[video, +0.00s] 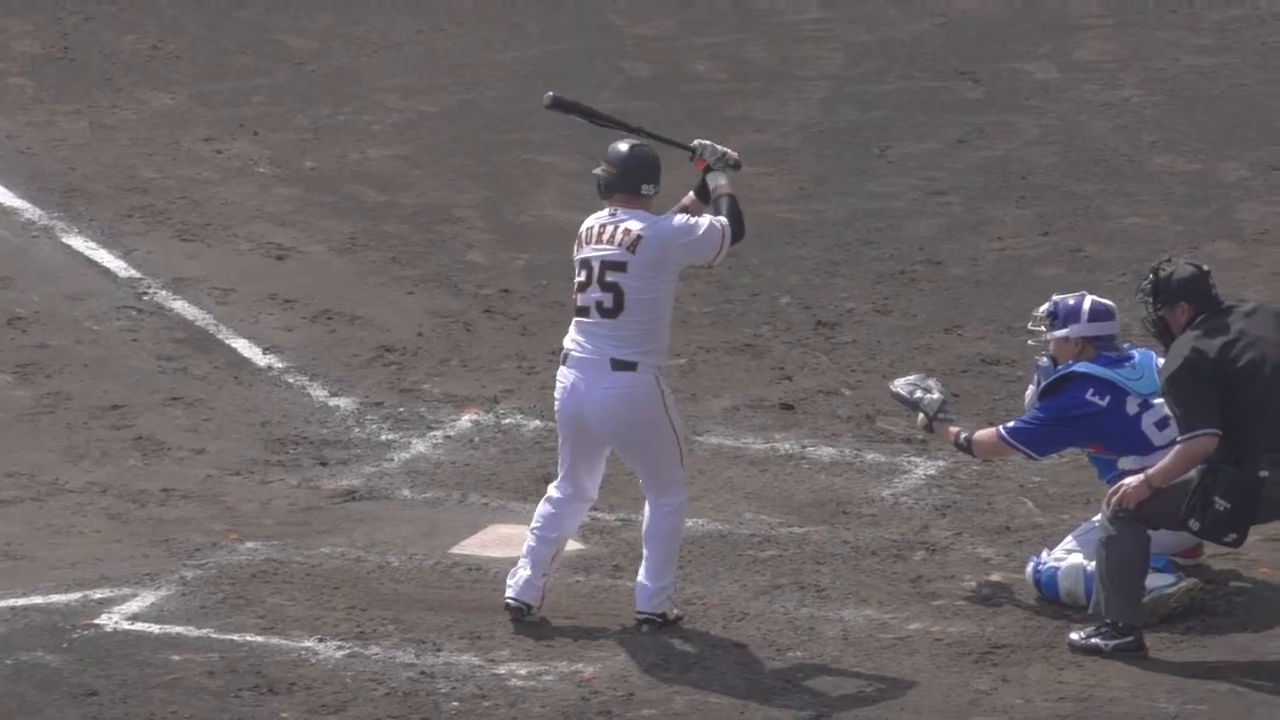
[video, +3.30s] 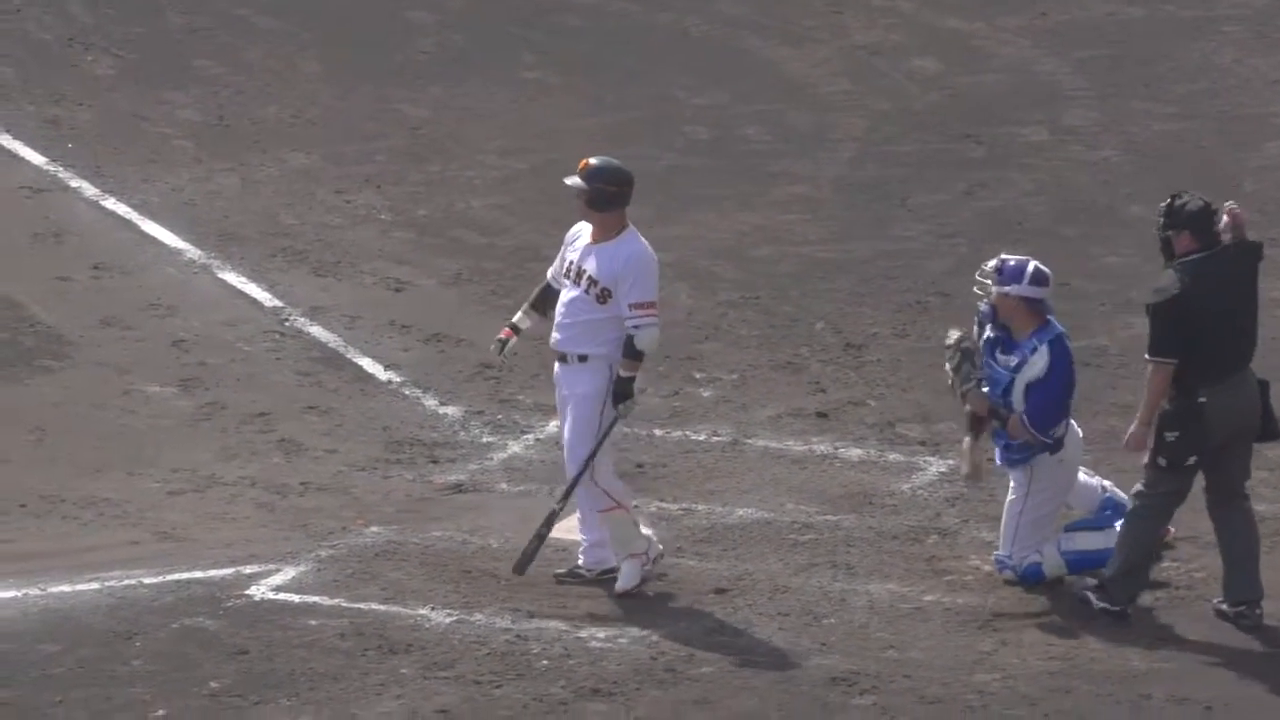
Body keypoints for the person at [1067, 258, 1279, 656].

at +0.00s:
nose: (1159, 321)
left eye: (1161, 312)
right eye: (1157, 312)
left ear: (1183, 311)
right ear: (1205, 300)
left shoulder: (1186, 356)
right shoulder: (1262, 314)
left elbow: (1202, 438)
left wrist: (1146, 481)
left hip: (1251, 488)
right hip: (1273, 475)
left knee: (1124, 505)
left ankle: (1120, 626)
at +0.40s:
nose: (1095, 328)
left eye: (1097, 320)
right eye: (1093, 320)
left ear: (1117, 318)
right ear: (1142, 306)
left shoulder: (1117, 364)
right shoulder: (1200, 325)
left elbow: (1132, 443)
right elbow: (1255, 399)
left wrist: (1079, 482)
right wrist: (1235, 448)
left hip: (1178, 491)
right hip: (1242, 477)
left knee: (1057, 507)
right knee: (1256, 478)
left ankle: (1054, 619)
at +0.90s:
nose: (1042, 325)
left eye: (1045, 318)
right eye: (1040, 317)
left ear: (1064, 318)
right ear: (1088, 309)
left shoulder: (1063, 360)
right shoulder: (1138, 326)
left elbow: (1075, 431)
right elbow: (1187, 390)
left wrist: (1028, 465)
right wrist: (1169, 437)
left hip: (1117, 476)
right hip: (1175, 461)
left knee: (1010, 487)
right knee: (1182, 467)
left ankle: (1006, 588)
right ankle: (1225, 558)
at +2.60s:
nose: (1036, 269)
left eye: (1038, 262)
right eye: (1035, 261)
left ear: (1055, 263)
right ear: (1077, 254)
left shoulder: (1058, 315)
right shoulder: (1122, 274)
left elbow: (1063, 397)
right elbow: (1147, 334)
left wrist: (1062, 457)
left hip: (1119, 415)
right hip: (1166, 396)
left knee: (1070, 508)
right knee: (1172, 501)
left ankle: (1076, 607)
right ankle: (1228, 593)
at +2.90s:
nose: (1086, 260)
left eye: (1087, 251)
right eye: (1086, 251)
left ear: (1100, 253)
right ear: (1131, 244)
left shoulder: (1094, 308)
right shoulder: (1169, 273)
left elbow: (1088, 384)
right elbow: (1201, 303)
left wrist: (1079, 444)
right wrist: (1220, 285)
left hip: (1131, 418)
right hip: (1184, 407)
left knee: (1100, 513)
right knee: (1192, 508)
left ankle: (1090, 610)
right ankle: (1231, 609)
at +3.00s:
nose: (1107, 255)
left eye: (1109, 248)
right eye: (1108, 247)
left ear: (1122, 252)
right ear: (1150, 244)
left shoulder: (1113, 306)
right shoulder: (1188, 270)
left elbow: (1103, 383)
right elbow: (1226, 278)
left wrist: (1089, 440)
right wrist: (1227, 234)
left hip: (1144, 417)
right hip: (1197, 406)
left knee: (1114, 513)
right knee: (1203, 509)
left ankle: (1095, 611)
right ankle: (1236, 612)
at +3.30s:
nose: (1165, 238)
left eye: (1170, 232)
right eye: (1167, 231)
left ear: (1185, 238)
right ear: (1209, 236)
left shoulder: (1172, 292)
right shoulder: (1241, 261)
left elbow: (1162, 369)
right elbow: (1244, 245)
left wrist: (1142, 422)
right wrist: (1236, 228)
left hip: (1190, 407)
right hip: (1239, 395)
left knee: (1152, 500)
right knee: (1230, 497)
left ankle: (1115, 593)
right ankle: (1244, 601)